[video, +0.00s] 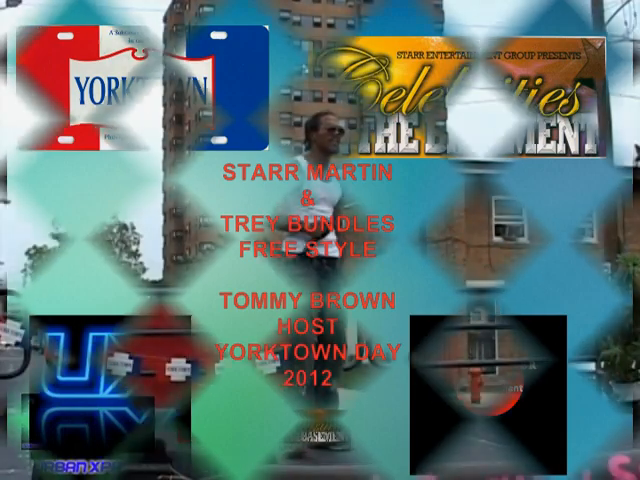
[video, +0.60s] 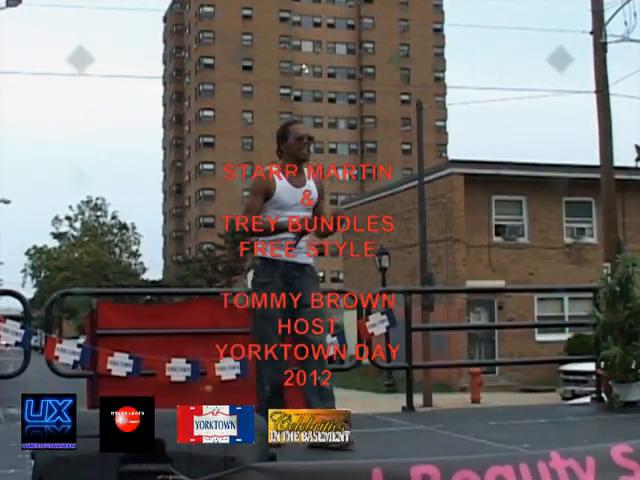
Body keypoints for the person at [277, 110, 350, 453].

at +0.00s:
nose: (337, 136)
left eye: (339, 131)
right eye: (330, 130)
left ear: (341, 138)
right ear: (311, 135)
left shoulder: (339, 178)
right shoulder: (291, 170)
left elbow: (345, 219)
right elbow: (269, 217)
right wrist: (305, 226)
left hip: (328, 258)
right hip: (295, 257)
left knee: (324, 325)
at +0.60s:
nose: (307, 145)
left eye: (309, 141)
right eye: (301, 140)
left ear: (310, 146)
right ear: (281, 145)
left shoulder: (316, 182)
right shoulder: (267, 178)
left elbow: (325, 227)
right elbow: (248, 222)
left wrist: (326, 225)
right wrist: (286, 226)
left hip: (304, 269)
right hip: (270, 268)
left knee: (314, 341)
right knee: (270, 344)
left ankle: (324, 420)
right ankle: (271, 420)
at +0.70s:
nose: (300, 146)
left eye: (304, 142)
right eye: (293, 141)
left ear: (307, 147)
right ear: (277, 147)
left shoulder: (312, 180)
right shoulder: (261, 180)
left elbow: (332, 223)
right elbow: (242, 225)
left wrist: (335, 191)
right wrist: (279, 232)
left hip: (300, 272)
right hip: (267, 270)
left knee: (311, 346)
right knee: (265, 350)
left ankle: (321, 425)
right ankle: (269, 426)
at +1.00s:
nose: (303, 150)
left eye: (304, 145)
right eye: (296, 145)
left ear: (303, 150)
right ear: (276, 148)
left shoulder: (305, 181)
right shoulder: (259, 182)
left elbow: (335, 207)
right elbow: (235, 225)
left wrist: (325, 168)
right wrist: (270, 239)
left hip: (305, 272)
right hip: (273, 271)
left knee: (318, 342)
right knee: (271, 343)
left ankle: (318, 411)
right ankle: (270, 414)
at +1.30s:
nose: (318, 152)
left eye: (318, 147)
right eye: (312, 146)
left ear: (305, 153)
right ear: (293, 150)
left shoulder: (310, 185)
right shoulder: (280, 184)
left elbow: (337, 216)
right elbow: (260, 227)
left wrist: (335, 178)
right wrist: (298, 237)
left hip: (318, 270)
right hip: (294, 270)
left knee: (318, 345)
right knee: (290, 344)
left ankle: (317, 411)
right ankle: (273, 411)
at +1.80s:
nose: (355, 158)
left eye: (354, 153)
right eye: (351, 152)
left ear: (337, 155)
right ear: (337, 154)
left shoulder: (336, 189)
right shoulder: (311, 184)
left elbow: (335, 232)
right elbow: (292, 228)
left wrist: (343, 251)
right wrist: (322, 255)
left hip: (329, 265)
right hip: (312, 265)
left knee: (329, 339)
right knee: (324, 339)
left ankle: (319, 404)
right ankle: (330, 410)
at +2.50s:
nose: (390, 143)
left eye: (390, 138)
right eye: (384, 138)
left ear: (376, 144)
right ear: (366, 142)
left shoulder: (379, 178)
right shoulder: (347, 177)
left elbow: (372, 228)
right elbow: (328, 226)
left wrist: (383, 267)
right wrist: (341, 272)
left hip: (380, 266)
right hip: (356, 266)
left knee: (398, 338)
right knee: (359, 346)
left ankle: (389, 417)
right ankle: (361, 424)